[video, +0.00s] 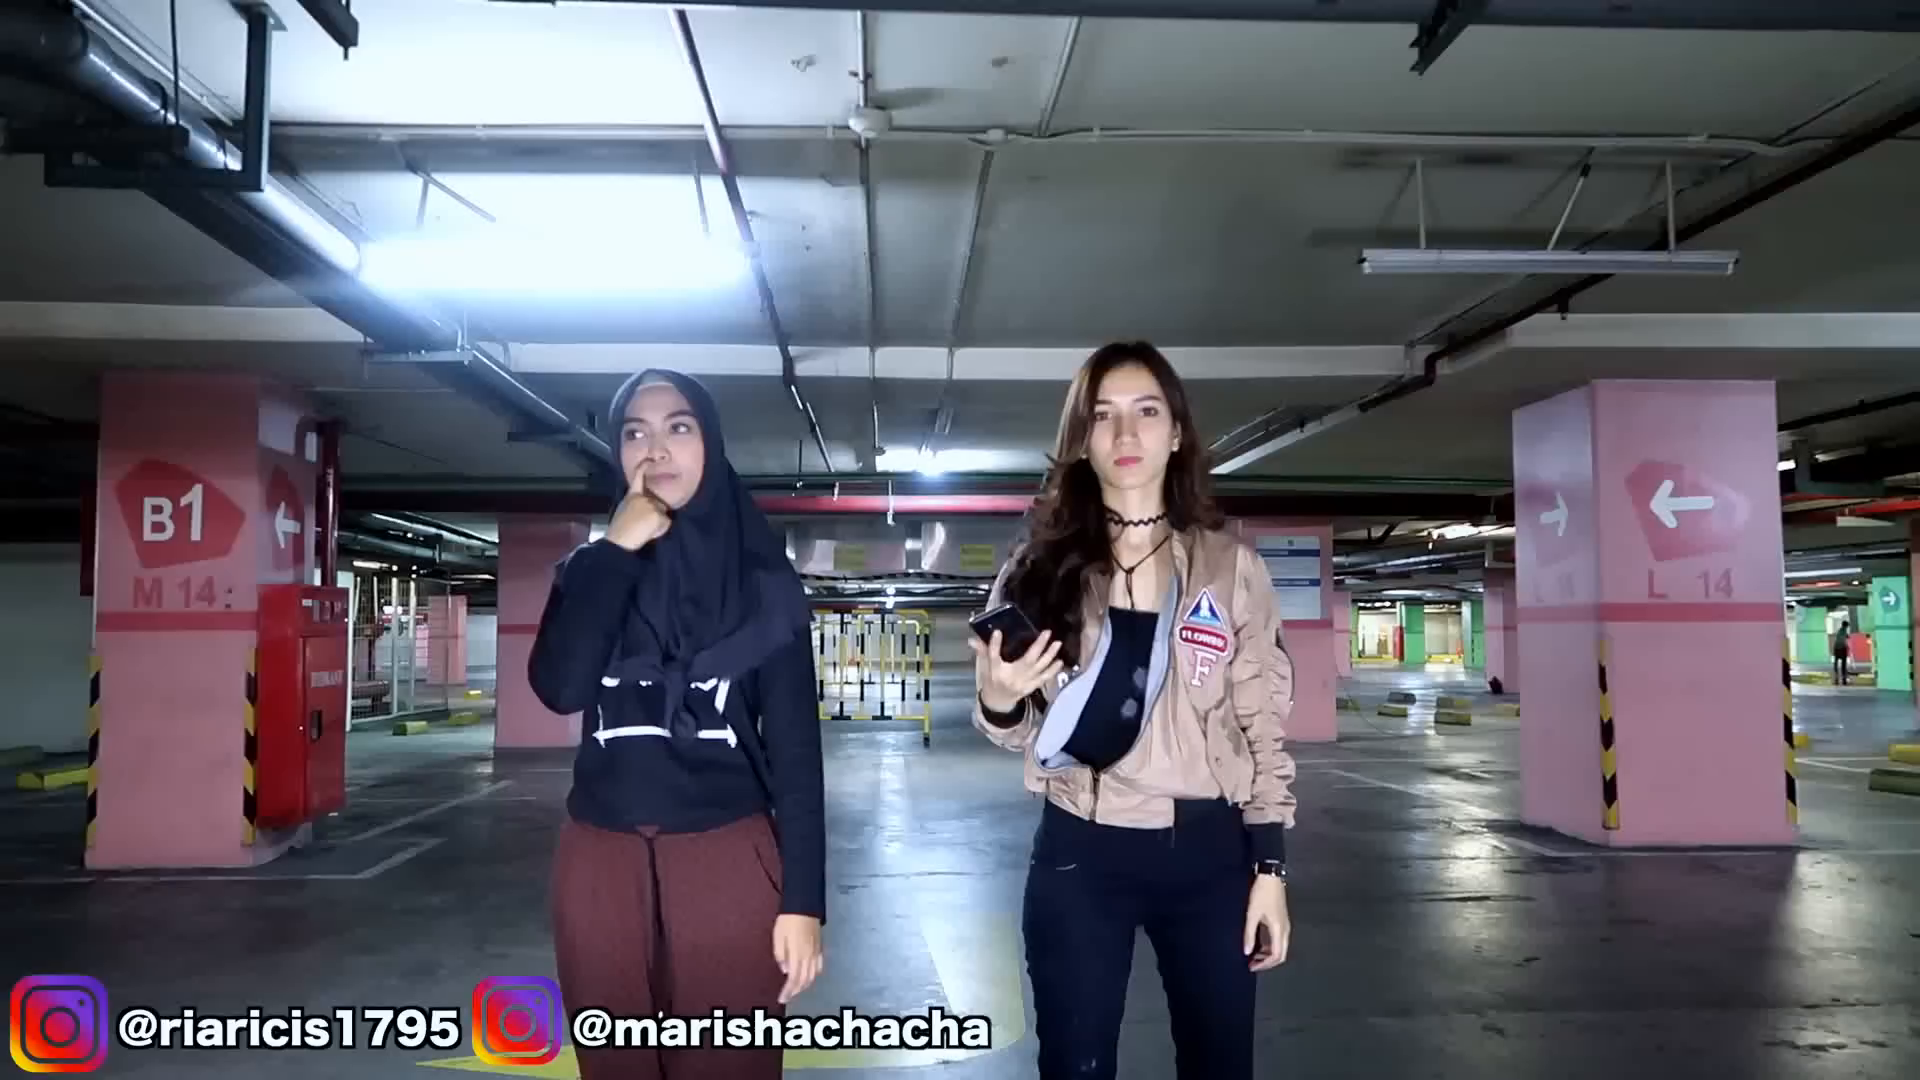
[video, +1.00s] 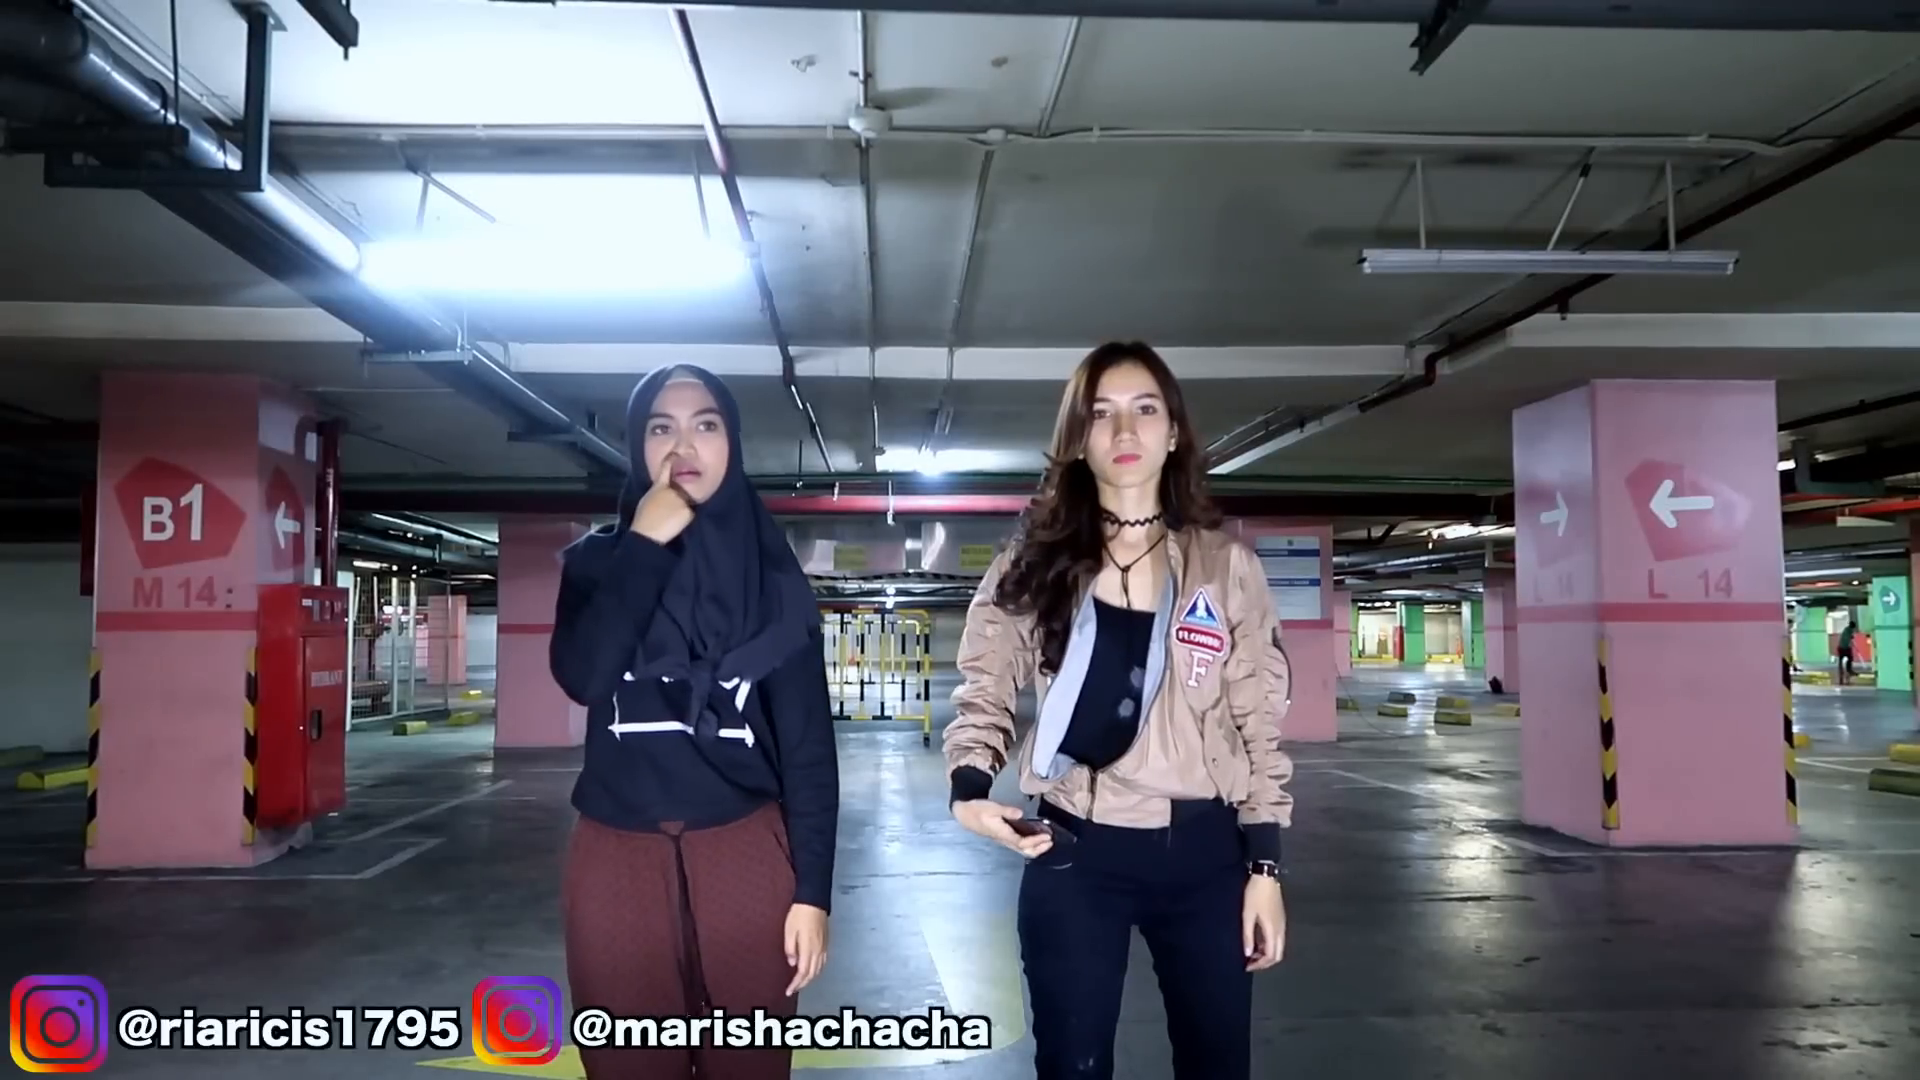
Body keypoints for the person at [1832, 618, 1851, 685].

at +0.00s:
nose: (1847, 627)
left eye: (1847, 626)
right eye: (1847, 626)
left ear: (1842, 625)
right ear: (1846, 626)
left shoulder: (1839, 631)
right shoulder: (1844, 632)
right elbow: (1845, 642)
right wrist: (1848, 649)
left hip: (1836, 649)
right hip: (1843, 649)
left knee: (1835, 665)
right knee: (1843, 666)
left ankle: (1836, 679)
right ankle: (1844, 679)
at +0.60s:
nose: (1850, 627)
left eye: (1850, 626)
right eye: (1850, 626)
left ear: (1846, 624)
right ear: (1850, 625)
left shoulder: (1844, 630)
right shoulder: (1846, 631)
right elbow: (1846, 642)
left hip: (1841, 649)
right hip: (1843, 649)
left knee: (1842, 666)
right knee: (1843, 666)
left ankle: (1842, 679)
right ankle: (1843, 680)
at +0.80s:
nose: (1851, 627)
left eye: (1851, 625)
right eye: (1851, 625)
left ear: (1847, 624)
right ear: (1851, 625)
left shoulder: (1844, 630)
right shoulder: (1847, 630)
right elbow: (1848, 641)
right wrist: (1854, 648)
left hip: (1840, 648)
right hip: (1844, 648)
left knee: (1842, 665)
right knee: (1843, 665)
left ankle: (1842, 679)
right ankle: (1843, 679)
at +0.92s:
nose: (1852, 628)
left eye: (1852, 626)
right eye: (1852, 627)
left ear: (1848, 625)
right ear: (1852, 626)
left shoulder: (1845, 630)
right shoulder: (1848, 631)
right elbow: (1849, 639)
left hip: (1840, 647)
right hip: (1846, 647)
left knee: (1840, 660)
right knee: (1848, 659)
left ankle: (1841, 671)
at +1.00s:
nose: (1854, 628)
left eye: (1853, 627)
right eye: (1854, 627)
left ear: (1849, 625)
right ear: (1853, 626)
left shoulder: (1845, 630)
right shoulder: (1850, 630)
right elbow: (1850, 637)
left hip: (1841, 647)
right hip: (1847, 647)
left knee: (1840, 662)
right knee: (1850, 659)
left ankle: (1840, 677)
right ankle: (1849, 669)